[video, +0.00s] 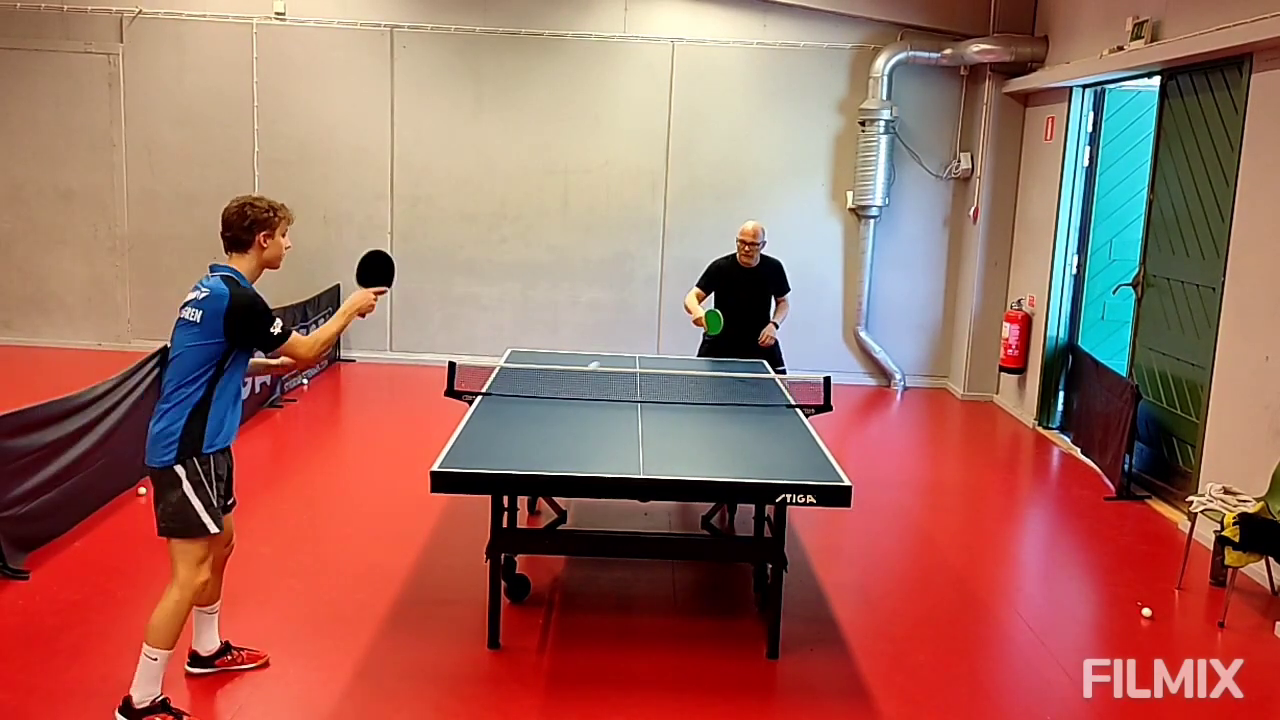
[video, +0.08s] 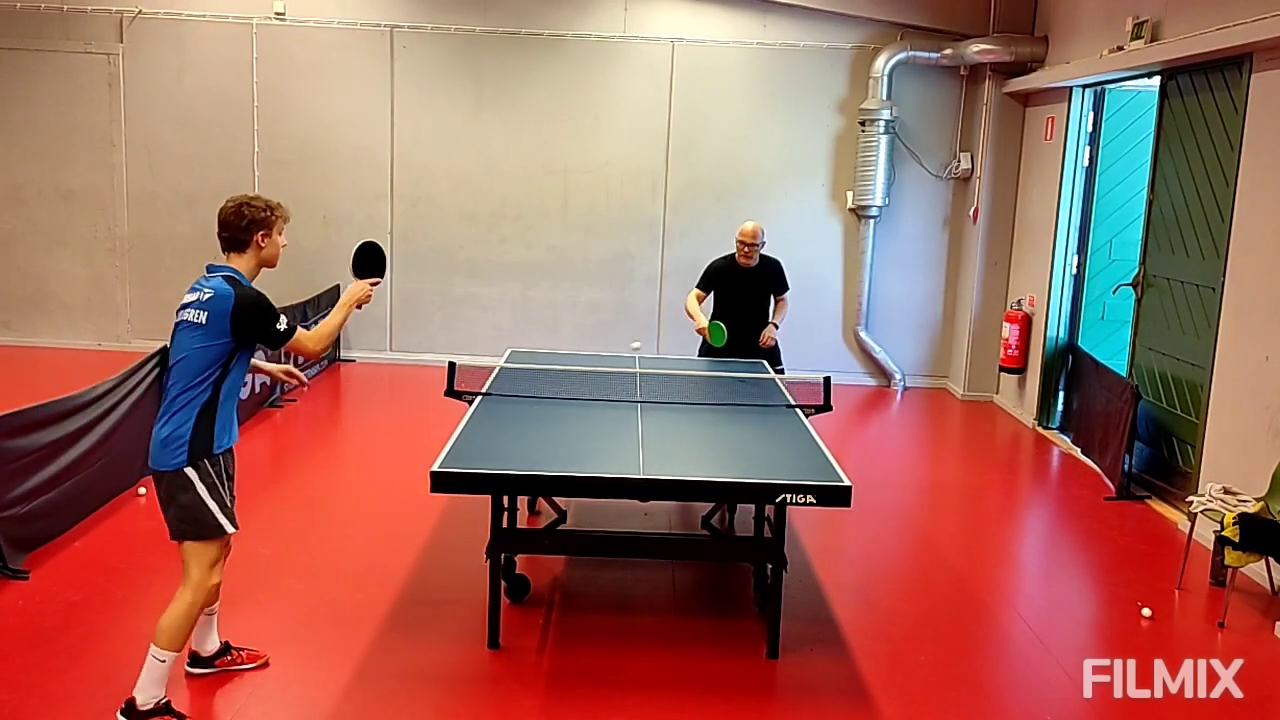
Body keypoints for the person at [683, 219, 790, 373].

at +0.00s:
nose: (746, 249)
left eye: (753, 245)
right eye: (742, 243)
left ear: (763, 245)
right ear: (736, 241)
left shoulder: (773, 268)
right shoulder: (720, 267)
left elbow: (783, 303)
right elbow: (691, 298)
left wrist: (774, 325)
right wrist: (697, 312)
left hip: (759, 347)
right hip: (720, 347)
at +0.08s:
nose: (746, 249)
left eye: (753, 245)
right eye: (742, 244)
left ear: (762, 246)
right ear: (736, 241)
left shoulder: (772, 267)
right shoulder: (719, 267)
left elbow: (781, 301)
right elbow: (692, 299)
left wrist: (773, 326)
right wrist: (699, 319)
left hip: (759, 351)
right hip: (719, 351)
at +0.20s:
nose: (745, 255)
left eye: (752, 251)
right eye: (741, 248)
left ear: (761, 250)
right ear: (734, 245)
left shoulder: (769, 267)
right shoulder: (717, 269)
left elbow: (778, 299)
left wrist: (772, 326)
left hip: (758, 352)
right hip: (717, 351)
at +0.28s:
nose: (745, 266)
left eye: (751, 262)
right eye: (741, 260)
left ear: (759, 258)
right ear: (732, 253)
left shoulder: (766, 271)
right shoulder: (716, 276)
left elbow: (773, 301)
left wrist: (770, 329)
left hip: (753, 343)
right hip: (713, 343)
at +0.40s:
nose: (744, 274)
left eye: (750, 269)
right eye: (740, 268)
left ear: (757, 265)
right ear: (731, 261)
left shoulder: (761, 274)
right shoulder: (715, 283)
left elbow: (766, 302)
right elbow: (702, 326)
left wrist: (766, 331)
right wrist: (727, 331)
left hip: (750, 352)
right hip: (712, 352)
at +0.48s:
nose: (744, 272)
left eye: (750, 267)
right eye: (740, 266)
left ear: (757, 263)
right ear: (730, 260)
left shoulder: (761, 273)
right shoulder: (715, 282)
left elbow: (765, 300)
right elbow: (703, 324)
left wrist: (767, 328)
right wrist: (723, 325)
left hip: (752, 350)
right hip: (715, 352)